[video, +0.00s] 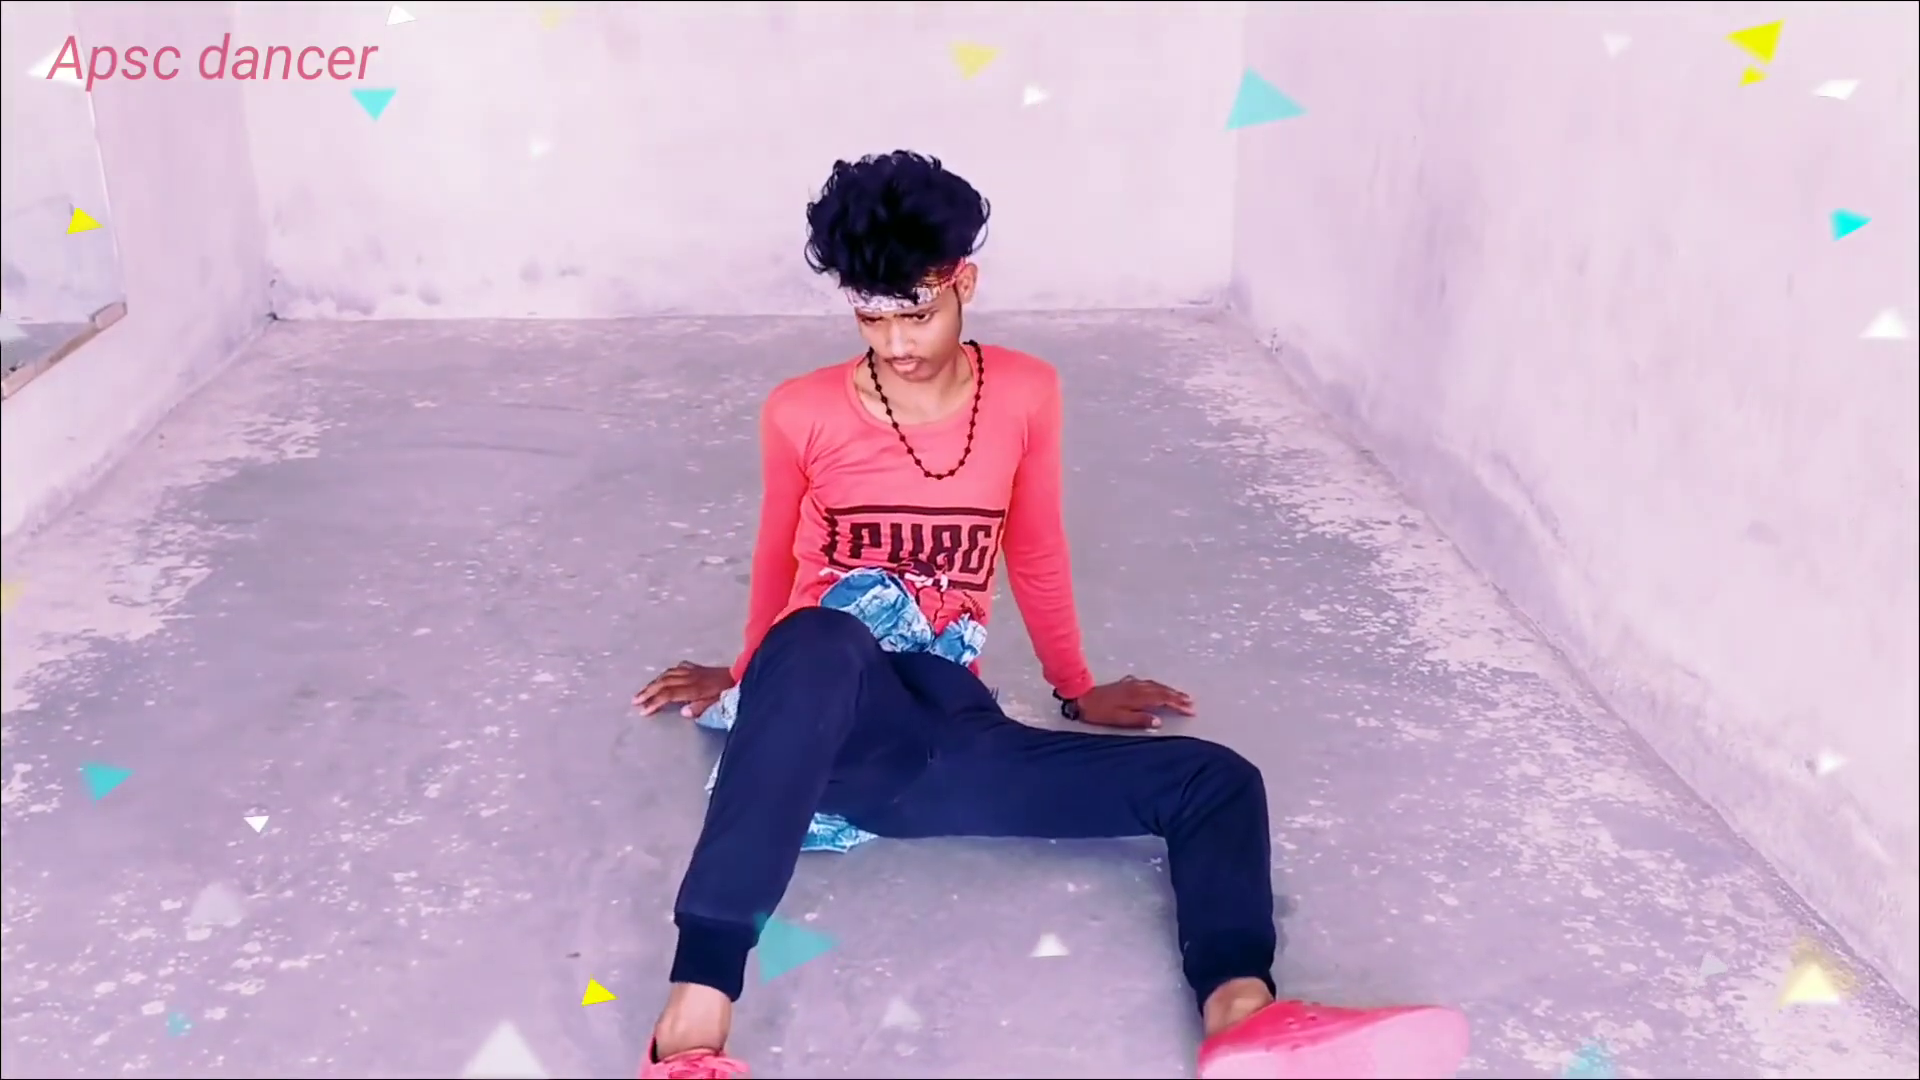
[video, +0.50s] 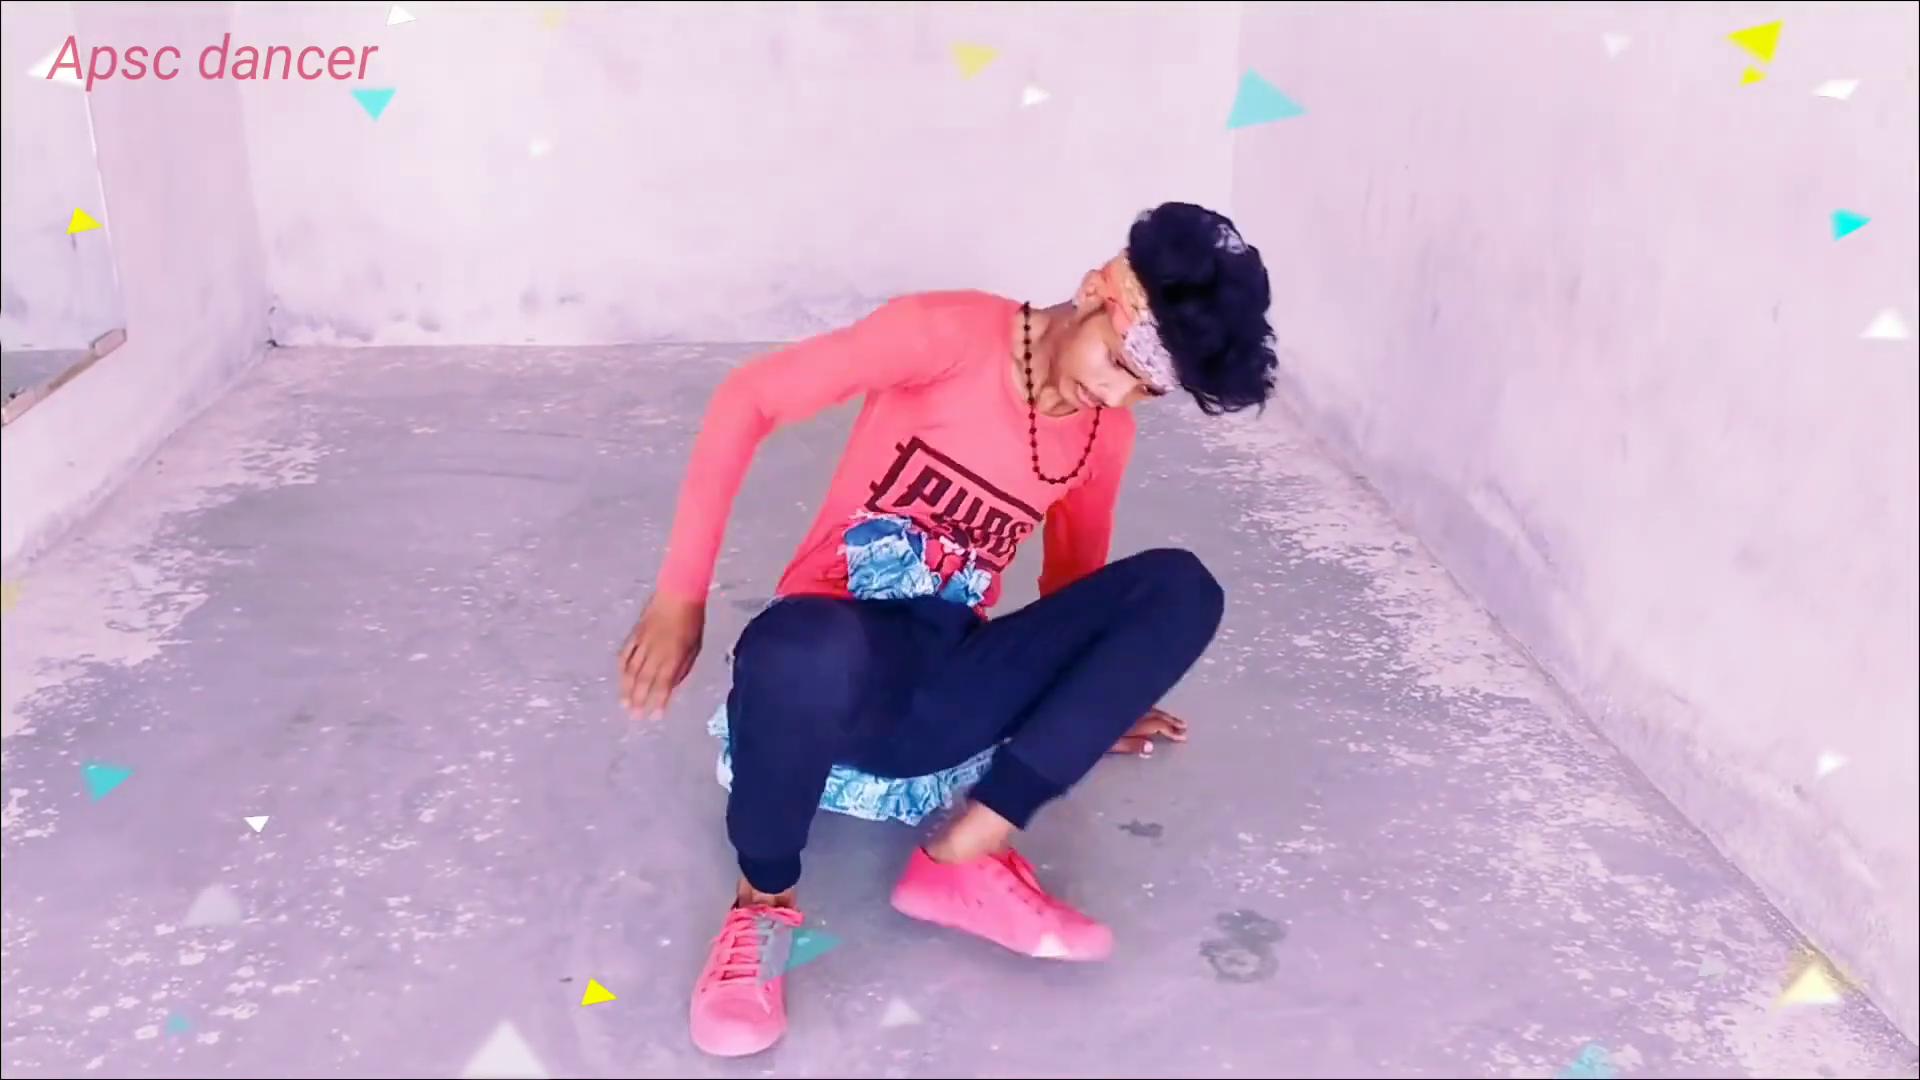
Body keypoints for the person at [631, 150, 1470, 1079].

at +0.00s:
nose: (892, 337)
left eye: (913, 307)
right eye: (869, 310)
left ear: (964, 281)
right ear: (846, 296)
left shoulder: (1023, 394)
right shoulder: (800, 413)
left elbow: (1037, 558)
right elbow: (776, 563)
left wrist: (1078, 694)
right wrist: (740, 683)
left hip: (958, 741)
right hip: (829, 724)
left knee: (1213, 778)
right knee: (825, 632)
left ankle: (1240, 1016)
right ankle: (692, 1025)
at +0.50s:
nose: (1118, 400)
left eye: (1151, 391)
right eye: (1125, 362)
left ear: (1179, 389)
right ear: (1108, 288)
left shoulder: (1101, 430)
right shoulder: (948, 332)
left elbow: (1072, 584)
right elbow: (747, 399)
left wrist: (1095, 710)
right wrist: (678, 598)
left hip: (957, 677)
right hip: (842, 652)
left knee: (1183, 590)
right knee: (795, 646)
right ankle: (762, 904)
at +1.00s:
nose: (1112, 197)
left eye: (1129, 176)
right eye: (1130, 171)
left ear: (1061, 105)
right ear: (1110, 134)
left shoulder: (959, 211)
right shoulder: (940, 171)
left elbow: (909, 408)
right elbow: (825, 377)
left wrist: (929, 580)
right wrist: (882, 602)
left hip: (758, 470)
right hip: (662, 493)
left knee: (1010, 561)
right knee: (923, 732)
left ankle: (951, 890)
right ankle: (681, 964)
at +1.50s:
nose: (702, 106)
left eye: (688, 90)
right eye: (782, 91)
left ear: (686, 103)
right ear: (793, 107)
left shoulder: (607, 217)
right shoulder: (820, 241)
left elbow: (534, 402)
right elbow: (827, 428)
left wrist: (469, 575)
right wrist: (835, 616)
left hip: (562, 570)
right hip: (702, 576)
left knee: (611, 811)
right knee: (748, 878)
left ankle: (642, 1048)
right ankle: (730, 1069)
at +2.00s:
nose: (608, 201)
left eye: (608, 189)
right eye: (621, 190)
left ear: (613, 197)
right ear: (695, 203)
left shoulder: (571, 295)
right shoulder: (728, 311)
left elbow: (541, 442)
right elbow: (757, 476)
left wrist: (521, 576)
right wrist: (791, 601)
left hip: (606, 574)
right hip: (706, 565)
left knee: (605, 786)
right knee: (711, 761)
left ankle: (710, 944)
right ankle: (759, 949)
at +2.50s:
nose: (427, 205)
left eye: (430, 194)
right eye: (433, 192)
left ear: (442, 204)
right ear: (511, 189)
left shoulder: (460, 291)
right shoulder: (547, 248)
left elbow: (465, 423)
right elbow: (510, 164)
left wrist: (433, 544)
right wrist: (452, 88)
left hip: (518, 511)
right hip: (592, 496)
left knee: (471, 671)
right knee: (585, 661)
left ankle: (497, 847)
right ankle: (689, 792)